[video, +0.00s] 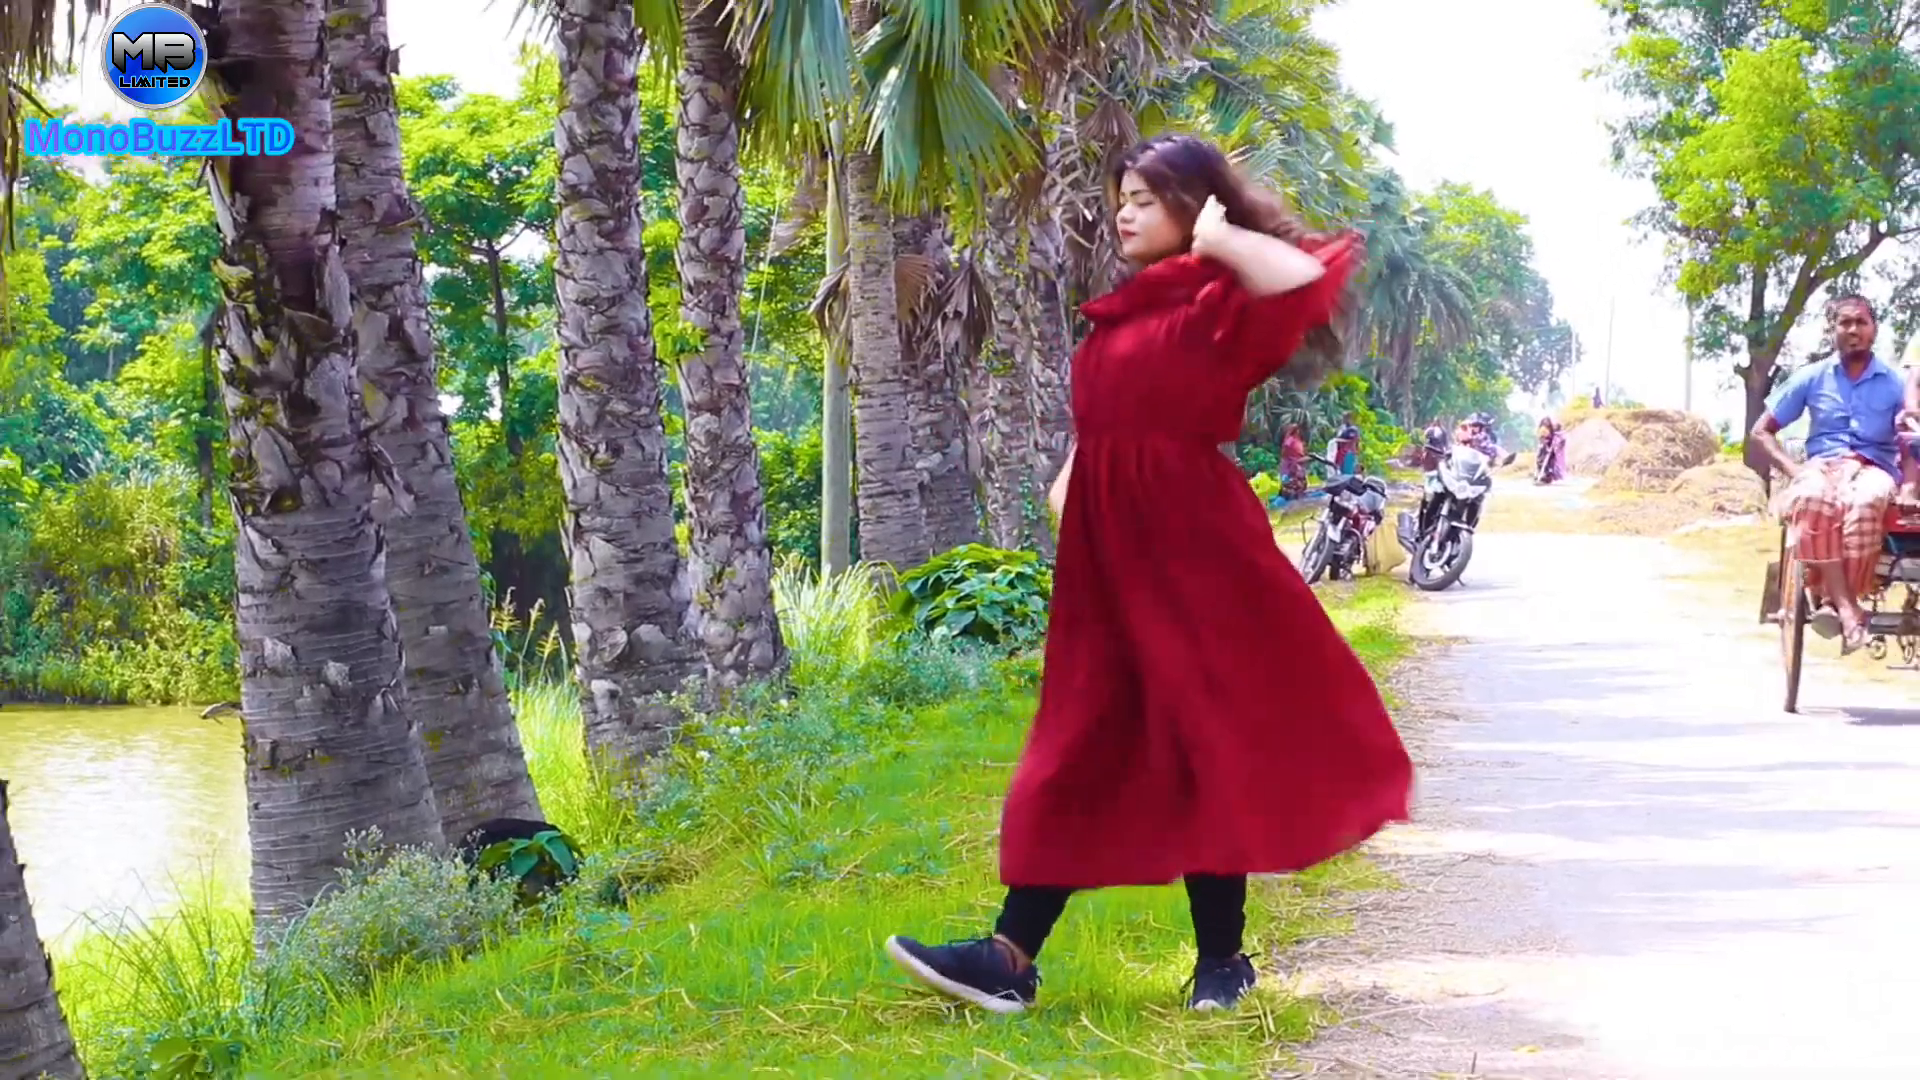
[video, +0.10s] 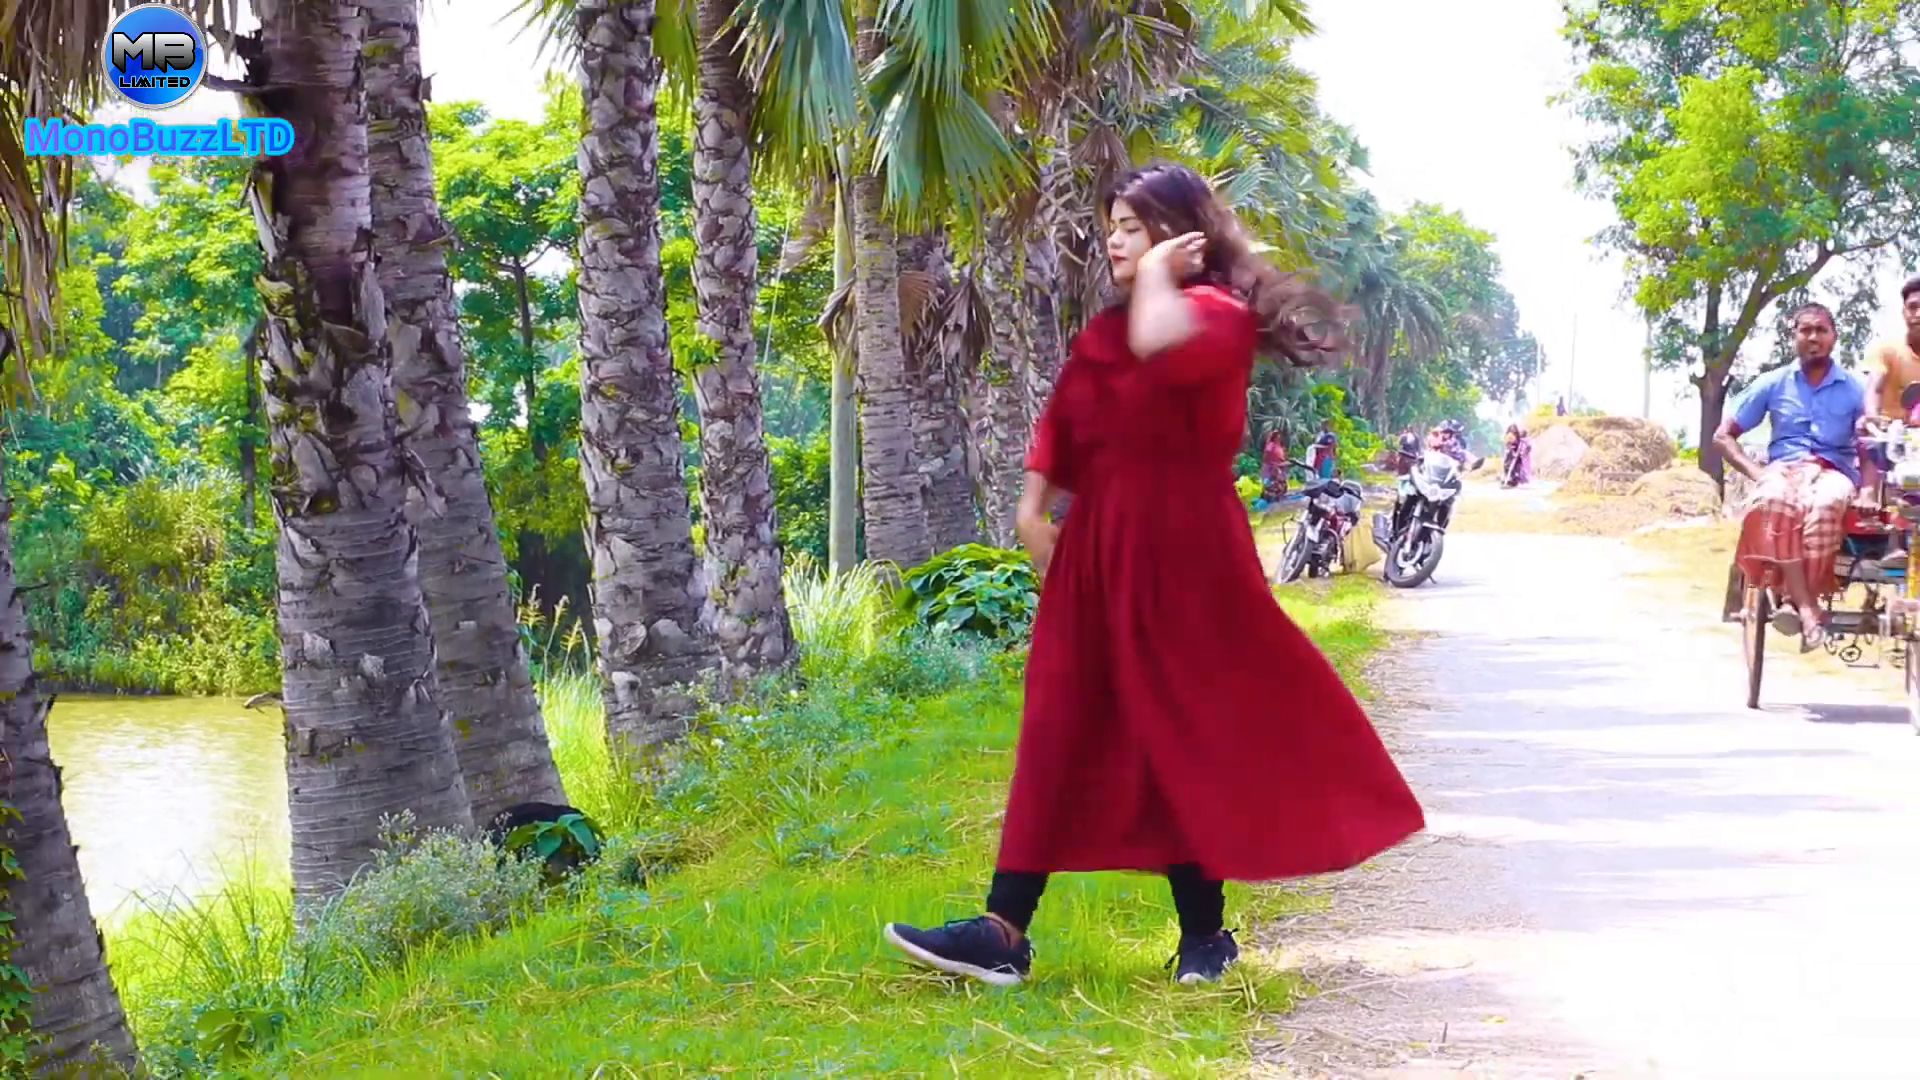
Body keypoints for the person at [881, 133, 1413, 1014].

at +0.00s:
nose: (1122, 216)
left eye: (1142, 202)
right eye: (1121, 202)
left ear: (1192, 214)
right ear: (1123, 215)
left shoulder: (1221, 296)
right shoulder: (1120, 313)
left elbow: (1306, 281)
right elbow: (1113, 420)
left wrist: (1217, 233)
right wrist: (1069, 474)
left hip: (1192, 551)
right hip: (1109, 548)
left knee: (1202, 746)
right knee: (1074, 746)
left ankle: (1221, 961)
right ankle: (1011, 954)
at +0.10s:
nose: (1115, 242)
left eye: (1132, 229)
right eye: (1112, 228)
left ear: (1185, 238)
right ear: (1113, 241)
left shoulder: (1221, 316)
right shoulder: (1102, 330)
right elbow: (1057, 419)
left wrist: (1163, 266)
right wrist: (1032, 505)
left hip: (1178, 556)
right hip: (1091, 549)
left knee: (1173, 737)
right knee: (1054, 728)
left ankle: (1204, 935)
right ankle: (1005, 926)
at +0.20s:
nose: (1106, 222)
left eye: (1121, 207)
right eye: (1105, 207)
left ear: (1173, 214)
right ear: (1118, 218)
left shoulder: (1222, 291)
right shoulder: (1103, 310)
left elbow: (1187, 286)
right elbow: (1053, 401)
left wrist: (1179, 231)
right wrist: (1028, 469)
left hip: (1200, 546)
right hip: (1101, 541)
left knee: (1196, 741)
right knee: (1028, 718)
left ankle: (1220, 959)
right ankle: (1002, 941)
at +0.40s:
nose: (1052, 245)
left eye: (1074, 231)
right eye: (1050, 231)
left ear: (1128, 245)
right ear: (1049, 244)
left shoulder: (1179, 329)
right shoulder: (1036, 340)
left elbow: (1310, 337)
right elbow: (989, 437)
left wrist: (1202, 281)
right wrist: (979, 488)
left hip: (1153, 560)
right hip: (1049, 562)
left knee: (1171, 749)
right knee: (1012, 752)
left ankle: (1210, 944)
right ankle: (974, 937)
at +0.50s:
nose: (1056, 243)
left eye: (1076, 230)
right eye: (1043, 231)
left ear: (1116, 248)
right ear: (1026, 251)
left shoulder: (1165, 345)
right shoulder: (998, 351)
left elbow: (1266, 439)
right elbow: (913, 463)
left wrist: (1184, 369)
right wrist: (965, 479)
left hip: (1141, 569)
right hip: (1030, 573)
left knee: (1170, 759)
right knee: (1002, 763)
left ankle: (1213, 948)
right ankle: (971, 948)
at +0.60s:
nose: (1085, 216)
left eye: (1098, 206)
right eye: (1064, 204)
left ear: (1116, 232)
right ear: (1022, 229)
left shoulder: (1152, 332)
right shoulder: (983, 331)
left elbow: (1205, 465)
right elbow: (923, 434)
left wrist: (1170, 447)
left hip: (1129, 561)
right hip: (1012, 563)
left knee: (1180, 751)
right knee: (994, 759)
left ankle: (1214, 957)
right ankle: (972, 972)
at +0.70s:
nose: (1094, 208)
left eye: (1099, 195)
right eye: (1075, 196)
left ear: (1106, 211)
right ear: (1023, 210)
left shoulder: (1124, 306)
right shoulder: (970, 291)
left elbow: (1183, 408)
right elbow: (912, 338)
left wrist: (1172, 452)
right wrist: (1000, 267)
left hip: (1118, 526)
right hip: (1011, 530)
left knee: (1170, 720)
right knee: (995, 726)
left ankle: (1175, 933)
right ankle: (972, 946)